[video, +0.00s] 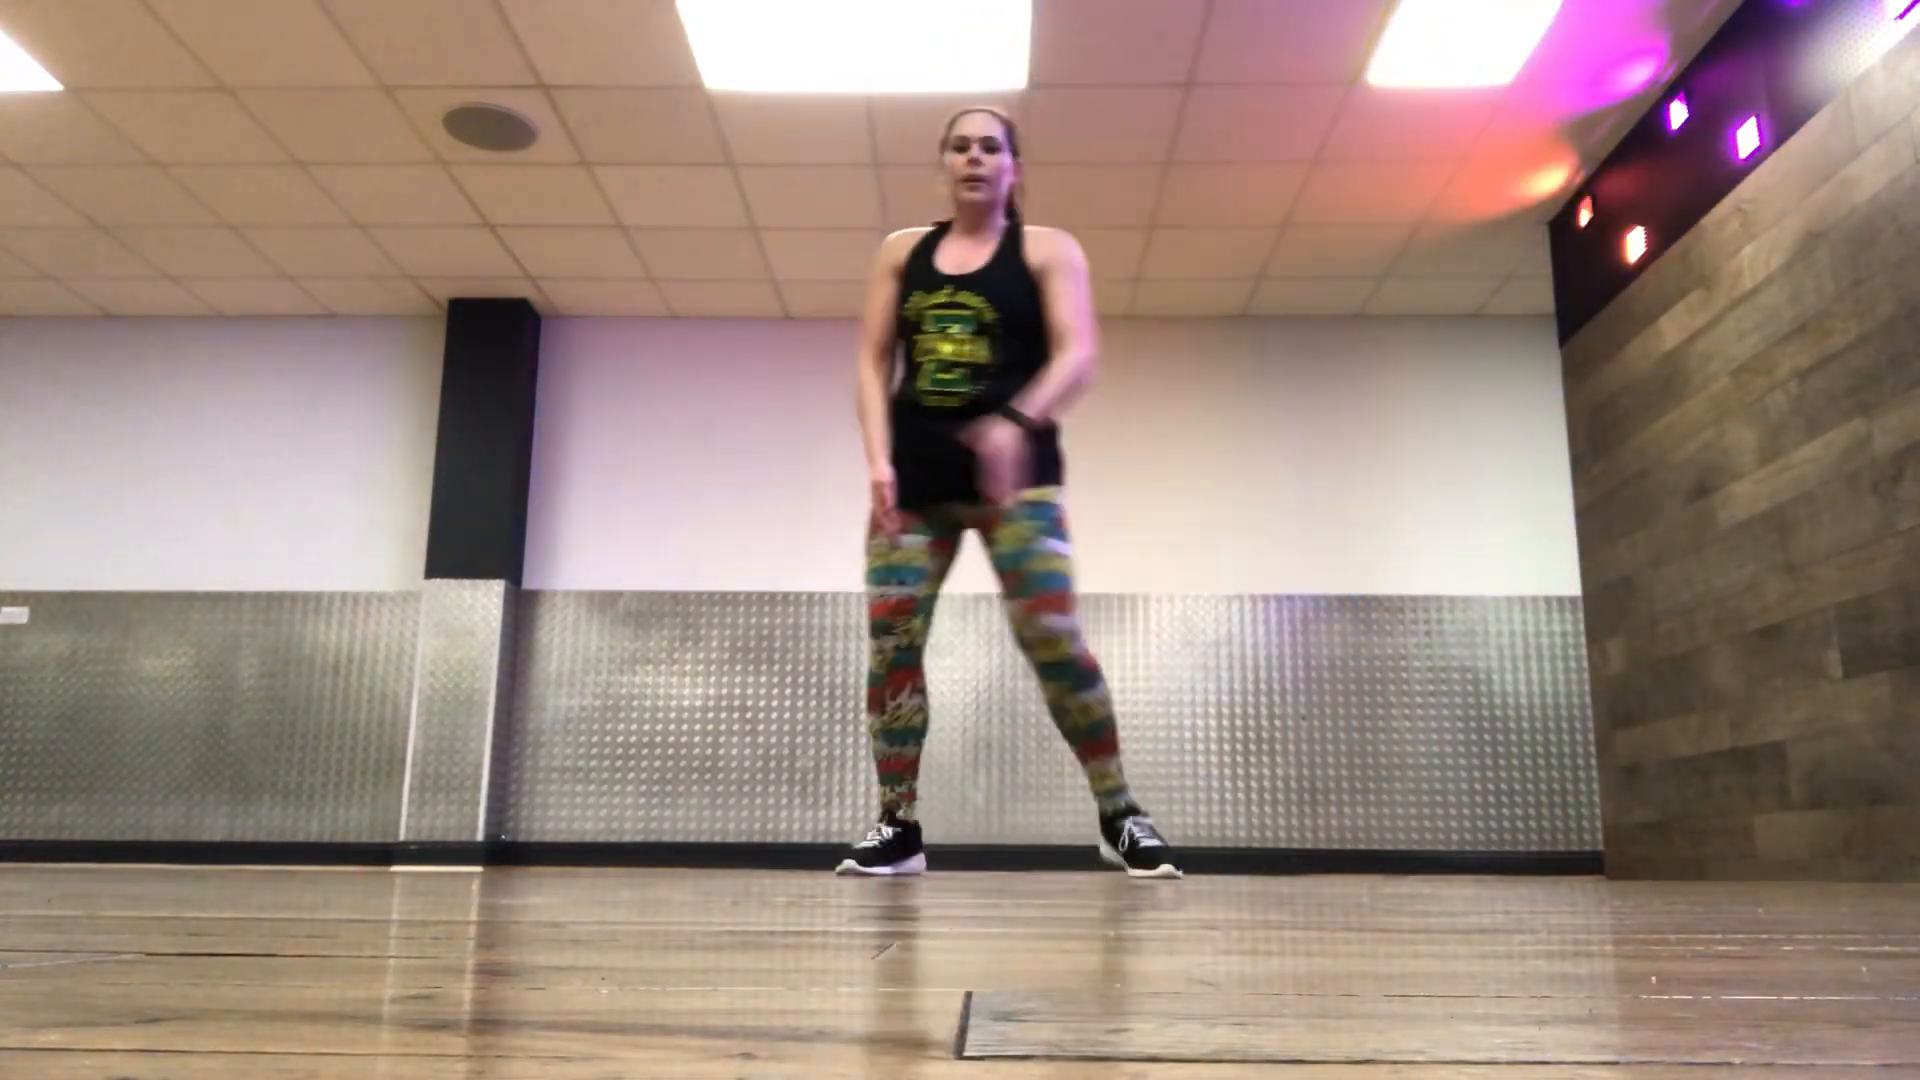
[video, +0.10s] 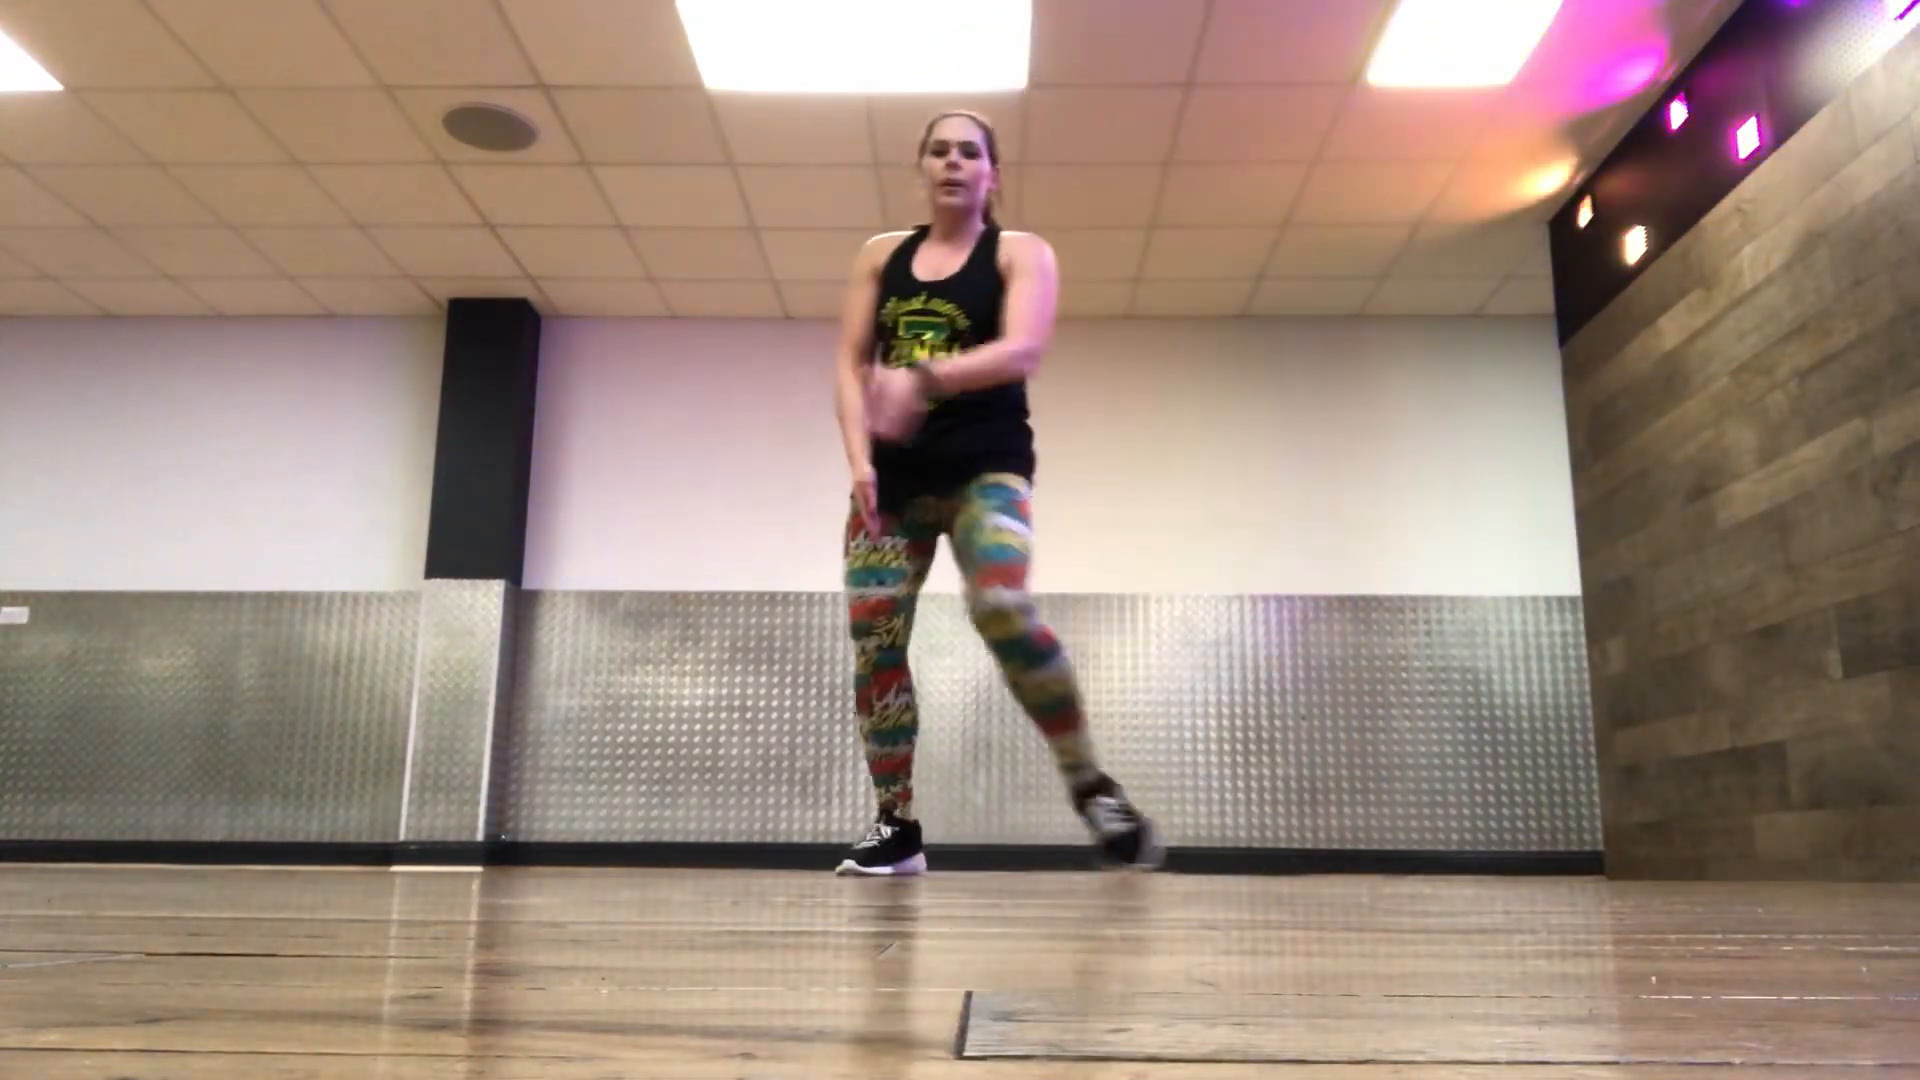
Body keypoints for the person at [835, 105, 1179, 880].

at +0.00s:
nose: (974, 157)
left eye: (989, 147)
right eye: (961, 146)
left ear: (1015, 168)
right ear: (941, 165)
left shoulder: (1048, 250)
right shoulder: (902, 252)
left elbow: (1078, 354)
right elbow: (873, 360)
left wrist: (1019, 418)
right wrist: (878, 461)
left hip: (1015, 479)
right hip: (916, 481)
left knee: (1053, 638)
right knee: (892, 646)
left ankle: (1119, 813)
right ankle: (897, 826)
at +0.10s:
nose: (953, 162)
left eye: (968, 152)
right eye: (941, 151)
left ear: (992, 175)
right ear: (920, 170)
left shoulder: (1023, 254)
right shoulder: (882, 256)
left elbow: (1023, 351)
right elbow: (851, 362)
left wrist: (924, 377)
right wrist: (859, 461)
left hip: (987, 467)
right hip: (897, 474)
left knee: (1000, 609)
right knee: (873, 634)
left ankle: (1090, 788)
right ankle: (896, 826)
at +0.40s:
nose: (921, 158)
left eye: (937, 149)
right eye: (908, 148)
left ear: (960, 171)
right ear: (886, 168)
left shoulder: (988, 250)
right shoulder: (851, 252)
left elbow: (977, 350)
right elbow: (828, 356)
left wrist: (857, 371)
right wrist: (843, 435)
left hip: (953, 467)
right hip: (864, 468)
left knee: (881, 609)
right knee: (865, 637)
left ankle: (806, 790)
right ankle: (899, 828)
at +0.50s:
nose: (921, 165)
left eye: (937, 155)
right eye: (908, 154)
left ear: (960, 179)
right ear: (886, 175)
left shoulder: (990, 258)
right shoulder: (849, 259)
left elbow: (1008, 348)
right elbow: (818, 363)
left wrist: (937, 314)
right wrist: (846, 446)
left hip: (945, 479)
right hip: (856, 474)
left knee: (863, 618)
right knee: (861, 637)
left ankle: (786, 803)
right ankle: (899, 826)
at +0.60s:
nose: (926, 166)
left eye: (941, 156)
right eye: (913, 155)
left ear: (963, 180)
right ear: (890, 175)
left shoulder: (989, 259)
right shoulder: (849, 257)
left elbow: (1034, 333)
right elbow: (820, 365)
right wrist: (846, 460)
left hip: (950, 473)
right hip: (858, 472)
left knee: (891, 603)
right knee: (863, 644)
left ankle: (811, 796)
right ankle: (900, 826)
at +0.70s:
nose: (936, 165)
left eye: (951, 155)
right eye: (923, 154)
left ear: (972, 178)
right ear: (899, 173)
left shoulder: (995, 260)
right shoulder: (854, 251)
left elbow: (1069, 313)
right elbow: (818, 358)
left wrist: (1086, 212)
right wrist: (849, 461)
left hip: (963, 475)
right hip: (866, 478)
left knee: (951, 596)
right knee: (871, 646)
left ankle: (883, 785)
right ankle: (896, 824)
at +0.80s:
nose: (952, 164)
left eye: (966, 155)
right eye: (939, 153)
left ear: (986, 178)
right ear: (914, 171)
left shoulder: (1009, 263)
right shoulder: (867, 245)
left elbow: (1093, 312)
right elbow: (824, 349)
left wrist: (1120, 215)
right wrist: (860, 458)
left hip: (969, 474)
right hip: (875, 475)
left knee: (1009, 584)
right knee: (880, 646)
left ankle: (970, 790)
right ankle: (897, 826)